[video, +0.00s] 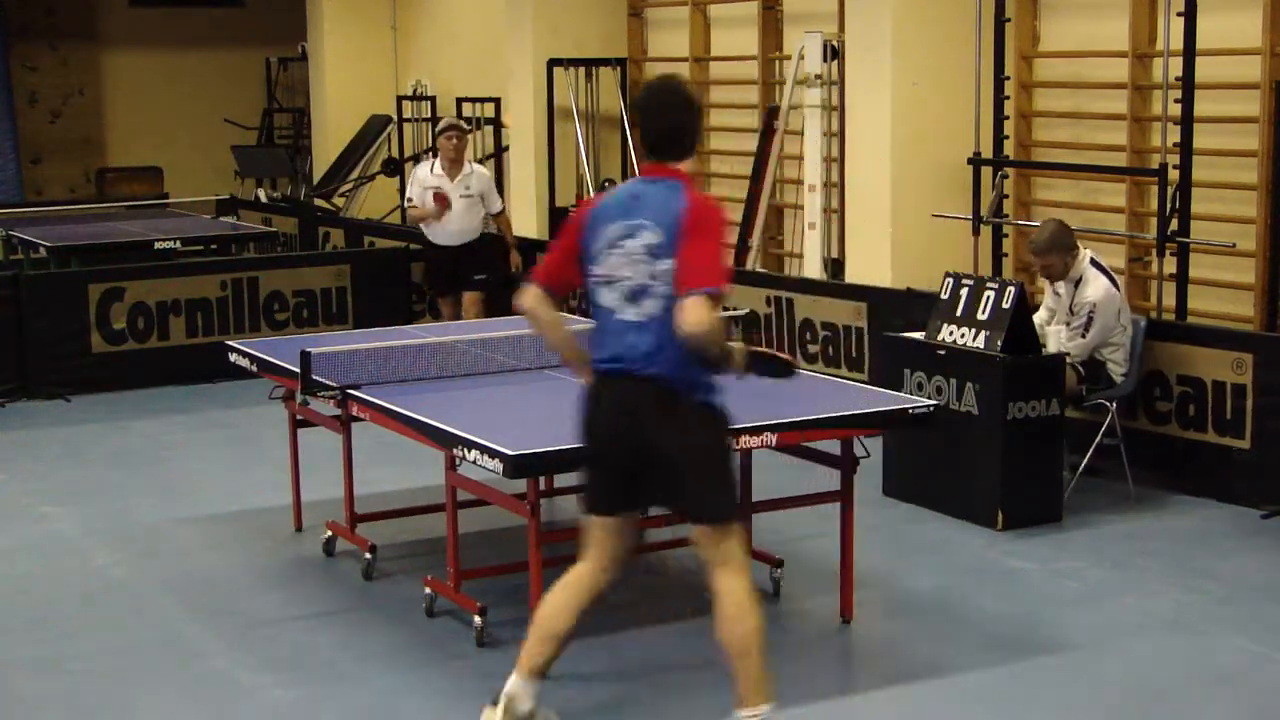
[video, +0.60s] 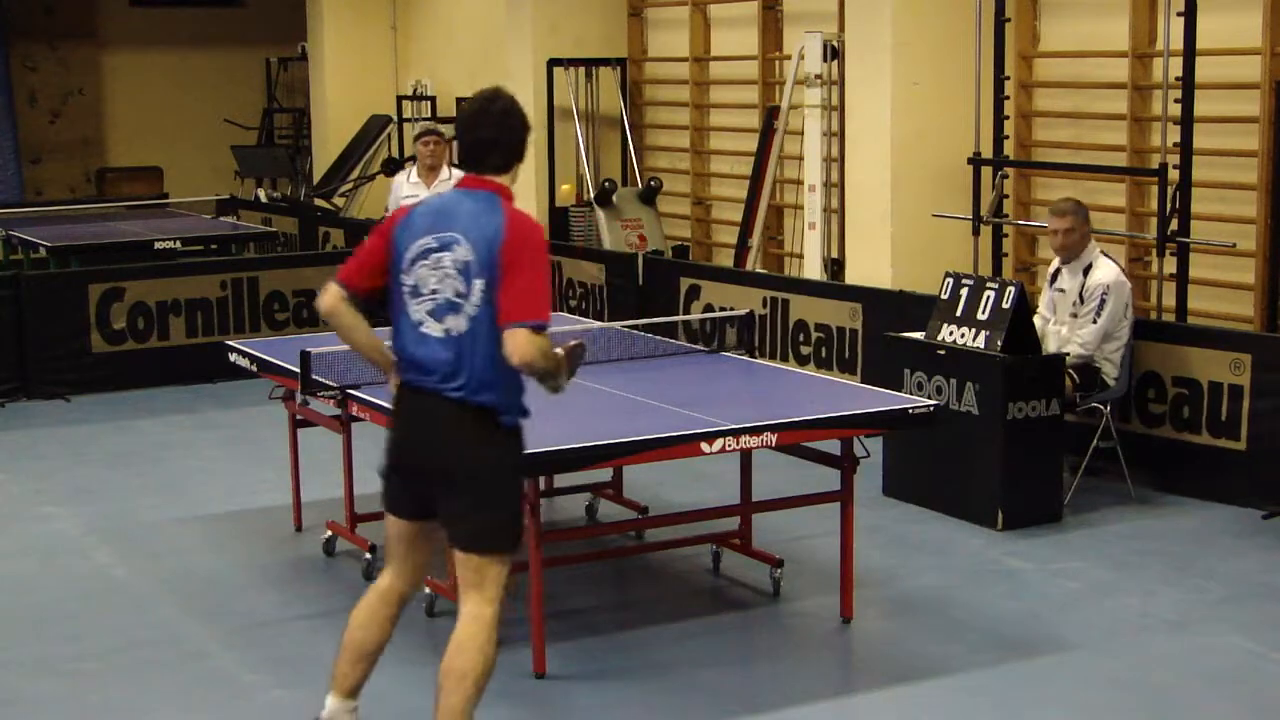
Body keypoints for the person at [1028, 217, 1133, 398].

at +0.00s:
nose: (1041, 273)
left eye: (1047, 267)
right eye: (1038, 266)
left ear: (1069, 257)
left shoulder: (1097, 293)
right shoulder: (1059, 270)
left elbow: (1075, 350)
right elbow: (1045, 316)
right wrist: (1014, 336)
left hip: (1105, 368)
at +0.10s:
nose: (1035, 264)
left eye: (1039, 259)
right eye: (1035, 259)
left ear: (1063, 253)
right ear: (1062, 253)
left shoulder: (1098, 292)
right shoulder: (1060, 271)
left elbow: (1076, 351)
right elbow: (1041, 321)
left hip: (1103, 369)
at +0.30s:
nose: (1032, 248)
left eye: (1037, 242)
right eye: (1033, 241)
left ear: (1059, 248)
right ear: (1059, 248)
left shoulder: (1099, 289)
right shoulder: (1057, 267)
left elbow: (1076, 351)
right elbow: (1044, 313)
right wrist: (1016, 339)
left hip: (1100, 370)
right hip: (1065, 356)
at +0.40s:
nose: (1034, 246)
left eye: (1040, 241)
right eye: (1035, 239)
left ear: (1064, 243)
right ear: (1063, 244)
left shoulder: (1101, 287)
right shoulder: (1058, 267)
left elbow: (1076, 351)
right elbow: (1043, 316)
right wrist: (1013, 340)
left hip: (1097, 372)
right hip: (1064, 356)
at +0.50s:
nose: (1044, 246)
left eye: (1051, 238)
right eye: (1043, 238)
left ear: (1076, 238)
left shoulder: (1103, 282)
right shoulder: (1058, 268)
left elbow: (1079, 348)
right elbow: (1043, 318)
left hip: (1096, 373)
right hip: (1060, 360)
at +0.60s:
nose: (1060, 242)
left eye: (1068, 232)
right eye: (1054, 233)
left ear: (1086, 230)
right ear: (1048, 234)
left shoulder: (1108, 279)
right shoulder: (1056, 267)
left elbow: (1085, 347)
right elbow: (1042, 318)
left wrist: (1044, 370)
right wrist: (1018, 349)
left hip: (1096, 373)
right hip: (1056, 361)